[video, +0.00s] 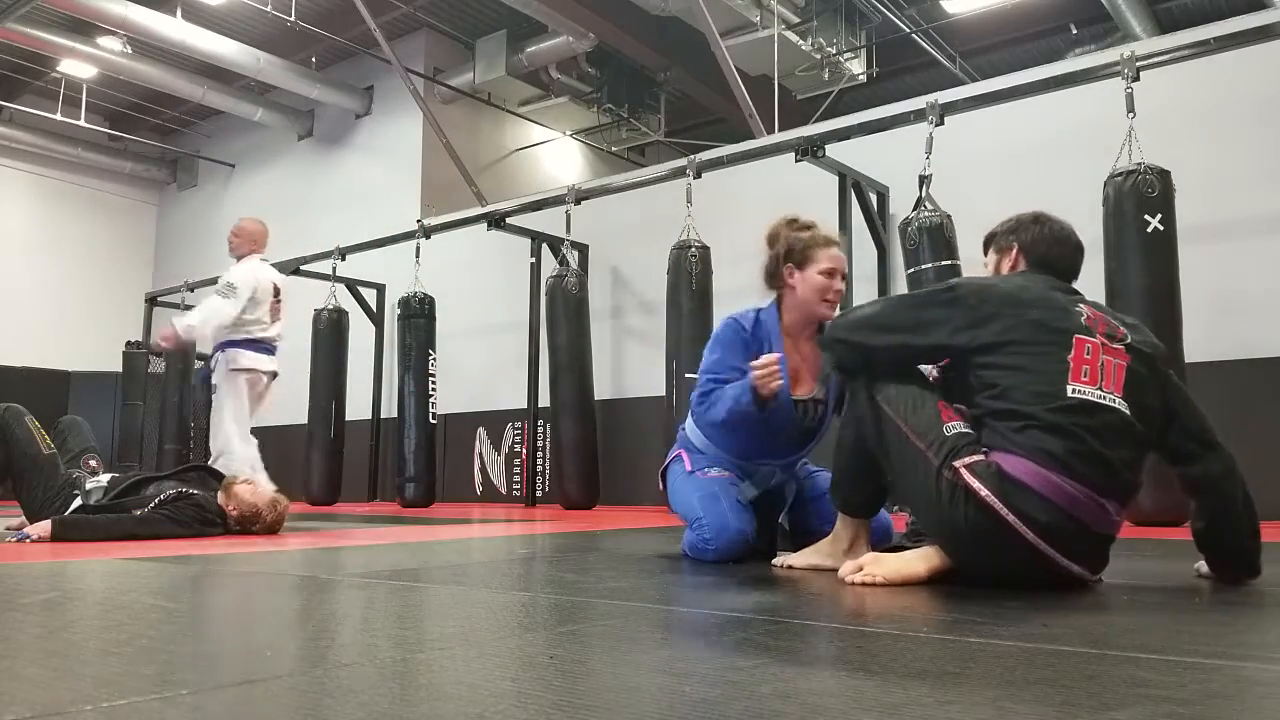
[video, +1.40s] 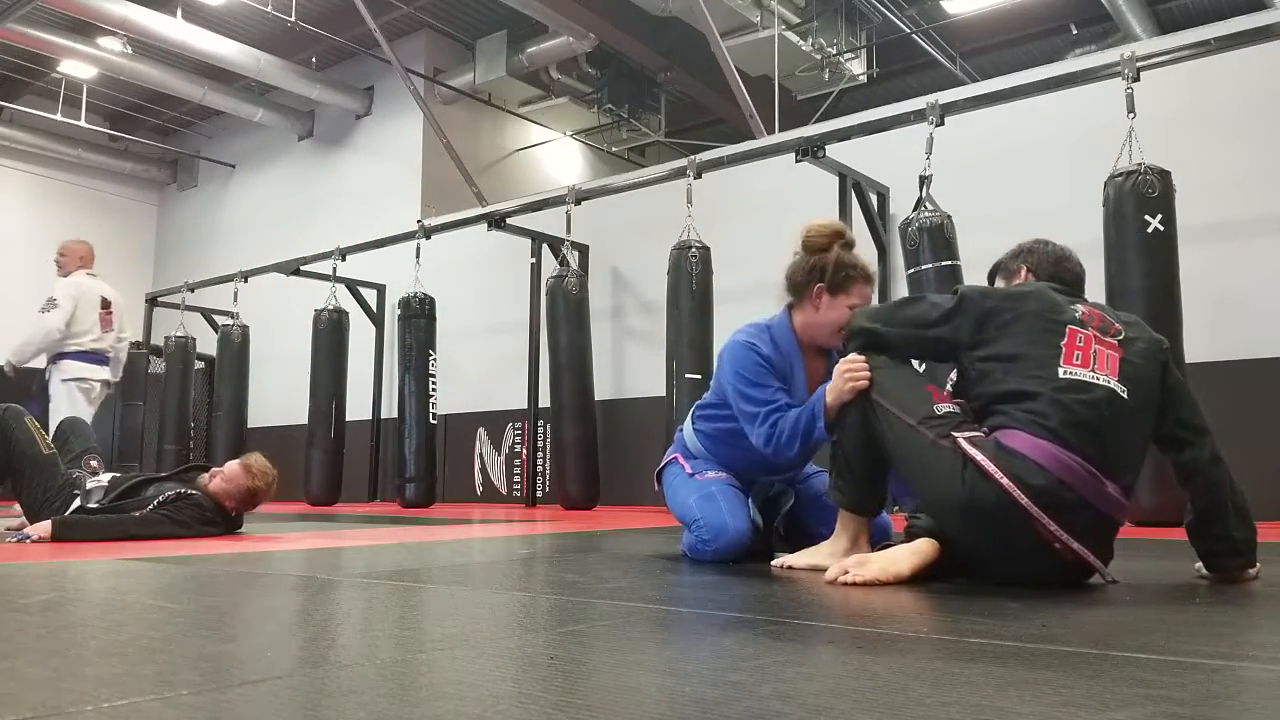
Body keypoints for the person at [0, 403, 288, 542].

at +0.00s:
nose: (251, 477)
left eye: (253, 488)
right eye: (259, 483)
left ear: (234, 508)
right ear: (237, 502)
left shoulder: (198, 514)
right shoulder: (216, 483)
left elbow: (129, 525)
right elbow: (155, 483)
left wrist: (57, 526)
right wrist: (115, 481)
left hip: (69, 500)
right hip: (102, 484)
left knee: (11, 414)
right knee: (70, 422)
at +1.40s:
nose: (214, 470)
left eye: (223, 478)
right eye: (223, 468)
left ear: (234, 504)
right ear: (226, 464)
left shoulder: (198, 513)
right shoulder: (208, 483)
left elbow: (128, 525)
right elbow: (151, 489)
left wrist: (56, 527)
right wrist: (112, 480)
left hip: (67, 502)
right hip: (100, 484)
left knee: (12, 416)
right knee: (73, 423)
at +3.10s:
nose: (225, 463)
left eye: (231, 464)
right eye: (232, 461)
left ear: (230, 475)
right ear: (250, 497)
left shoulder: (199, 513)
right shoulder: (215, 496)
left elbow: (130, 524)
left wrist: (56, 526)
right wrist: (107, 477)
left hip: (68, 501)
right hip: (95, 485)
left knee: (9, 416)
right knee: (46, 420)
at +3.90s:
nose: (227, 466)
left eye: (232, 467)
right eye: (233, 465)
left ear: (233, 474)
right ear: (255, 503)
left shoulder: (199, 513)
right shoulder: (215, 492)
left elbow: (131, 524)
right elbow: (150, 488)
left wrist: (55, 527)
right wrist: (110, 480)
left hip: (65, 504)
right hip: (95, 488)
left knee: (9, 418)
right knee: (50, 421)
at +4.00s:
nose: (226, 465)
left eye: (232, 467)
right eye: (233, 464)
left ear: (231, 473)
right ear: (256, 502)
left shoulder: (200, 512)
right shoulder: (215, 494)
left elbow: (131, 524)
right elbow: (150, 487)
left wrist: (56, 527)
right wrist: (106, 479)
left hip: (66, 503)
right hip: (95, 487)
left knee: (10, 418)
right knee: (56, 422)